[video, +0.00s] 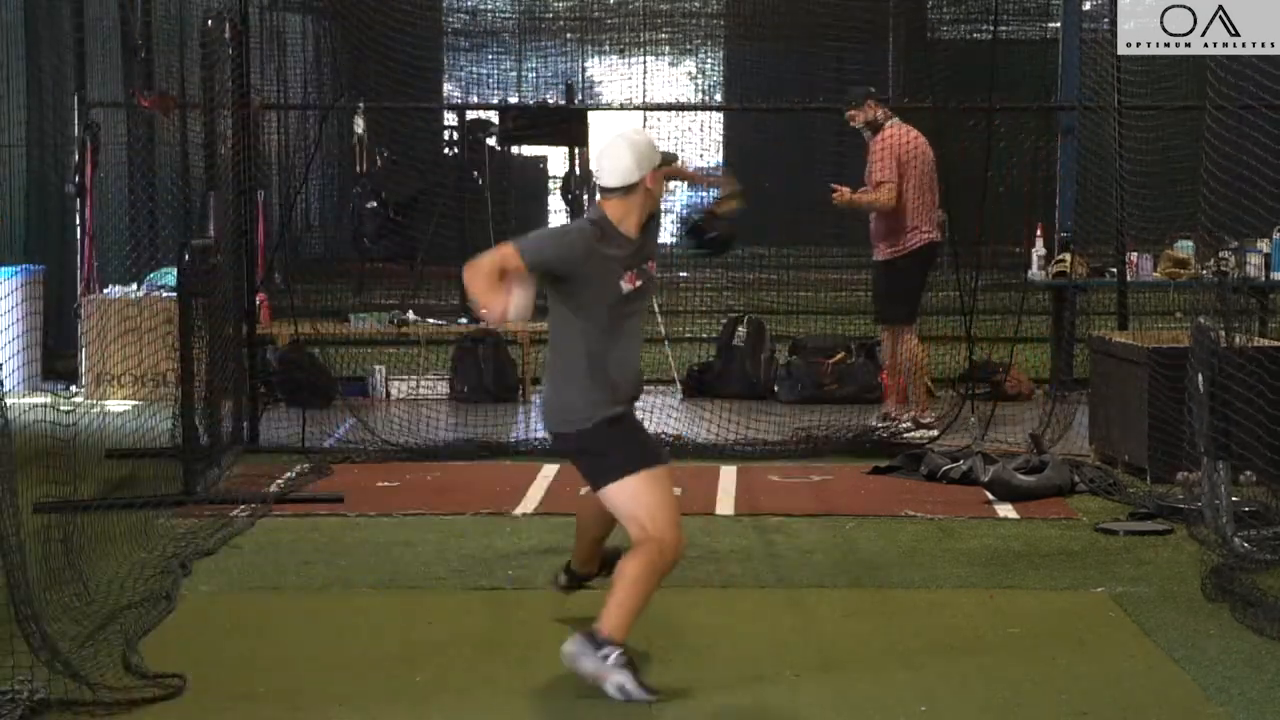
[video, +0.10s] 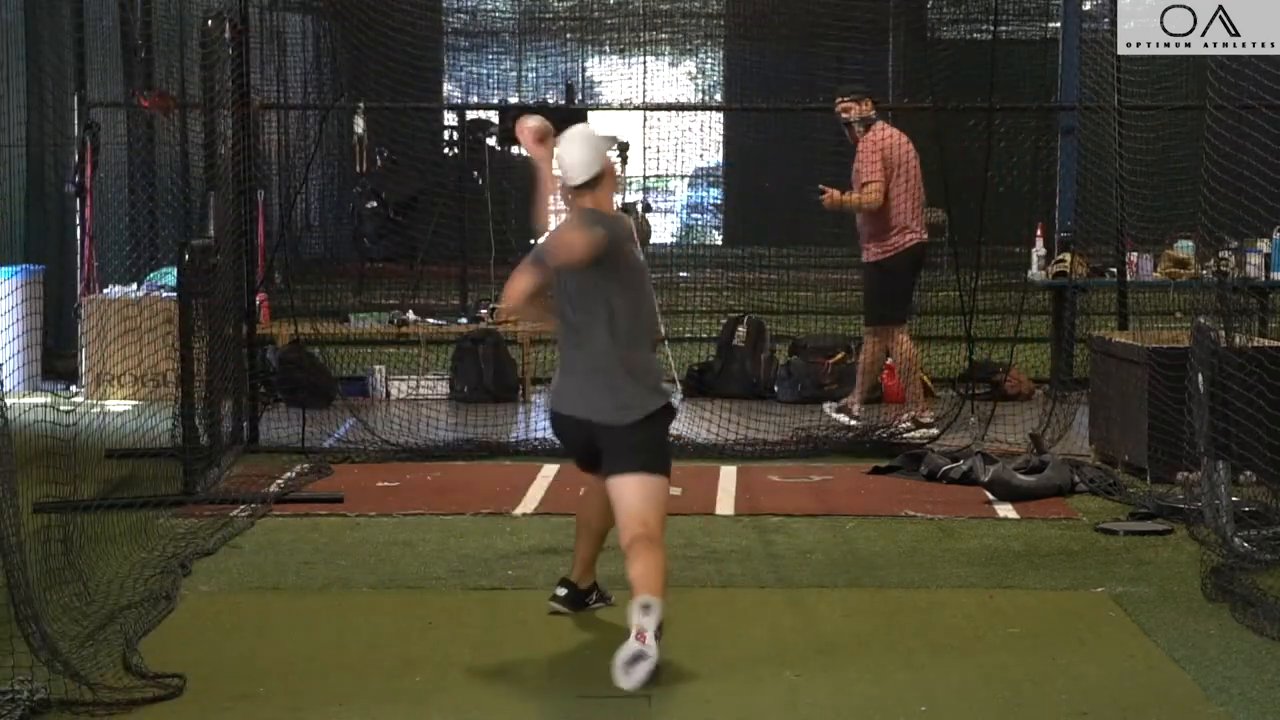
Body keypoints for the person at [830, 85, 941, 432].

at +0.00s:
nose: (852, 121)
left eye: (855, 113)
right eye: (849, 115)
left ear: (874, 107)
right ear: (877, 109)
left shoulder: (884, 141)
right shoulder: (915, 138)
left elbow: (887, 197)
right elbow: (928, 196)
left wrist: (850, 198)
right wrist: (865, 194)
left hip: (900, 248)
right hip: (922, 244)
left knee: (898, 329)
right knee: (896, 328)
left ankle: (917, 412)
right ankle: (899, 409)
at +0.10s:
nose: (843, 117)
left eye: (847, 109)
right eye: (840, 111)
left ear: (867, 106)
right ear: (868, 112)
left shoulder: (871, 143)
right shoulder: (899, 138)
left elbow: (873, 198)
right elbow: (910, 197)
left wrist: (840, 201)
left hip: (888, 250)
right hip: (907, 246)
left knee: (890, 332)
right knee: (876, 332)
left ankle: (922, 412)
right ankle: (855, 405)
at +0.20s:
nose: (834, 114)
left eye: (840, 107)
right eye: (831, 109)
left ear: (860, 107)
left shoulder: (862, 143)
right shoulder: (882, 140)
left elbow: (861, 200)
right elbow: (884, 198)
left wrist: (826, 201)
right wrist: (835, 198)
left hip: (874, 252)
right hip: (886, 249)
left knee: (882, 332)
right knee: (862, 331)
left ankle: (918, 410)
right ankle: (838, 406)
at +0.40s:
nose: (813, 108)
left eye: (819, 102)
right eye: (810, 104)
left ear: (839, 104)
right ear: (817, 109)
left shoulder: (839, 140)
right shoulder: (850, 137)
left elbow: (843, 194)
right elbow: (844, 194)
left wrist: (804, 195)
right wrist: (809, 196)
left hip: (843, 252)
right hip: (852, 249)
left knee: (828, 327)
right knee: (834, 329)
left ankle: (892, 392)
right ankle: (828, 409)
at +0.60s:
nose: (806, 101)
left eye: (812, 95)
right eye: (803, 97)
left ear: (830, 100)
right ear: (802, 103)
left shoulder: (830, 130)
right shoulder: (813, 136)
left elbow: (828, 180)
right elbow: (807, 189)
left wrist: (789, 178)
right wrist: (783, 180)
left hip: (818, 242)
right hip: (816, 241)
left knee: (793, 323)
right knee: (821, 325)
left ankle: (839, 393)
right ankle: (822, 407)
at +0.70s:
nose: (803, 97)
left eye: (810, 92)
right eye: (801, 93)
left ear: (827, 100)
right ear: (800, 101)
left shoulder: (823, 128)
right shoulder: (811, 131)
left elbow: (817, 180)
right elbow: (802, 188)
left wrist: (780, 172)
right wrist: (778, 177)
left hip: (803, 239)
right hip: (814, 239)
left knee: (774, 316)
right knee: (811, 319)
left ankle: (823, 395)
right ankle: (822, 400)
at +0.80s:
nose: (791, 99)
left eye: (798, 95)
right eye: (790, 95)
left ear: (817, 101)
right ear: (799, 103)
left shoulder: (812, 131)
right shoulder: (808, 132)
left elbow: (808, 182)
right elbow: (795, 189)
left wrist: (770, 174)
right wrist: (770, 178)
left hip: (791, 244)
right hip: (812, 244)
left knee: (763, 322)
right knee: (808, 323)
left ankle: (808, 399)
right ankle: (824, 410)